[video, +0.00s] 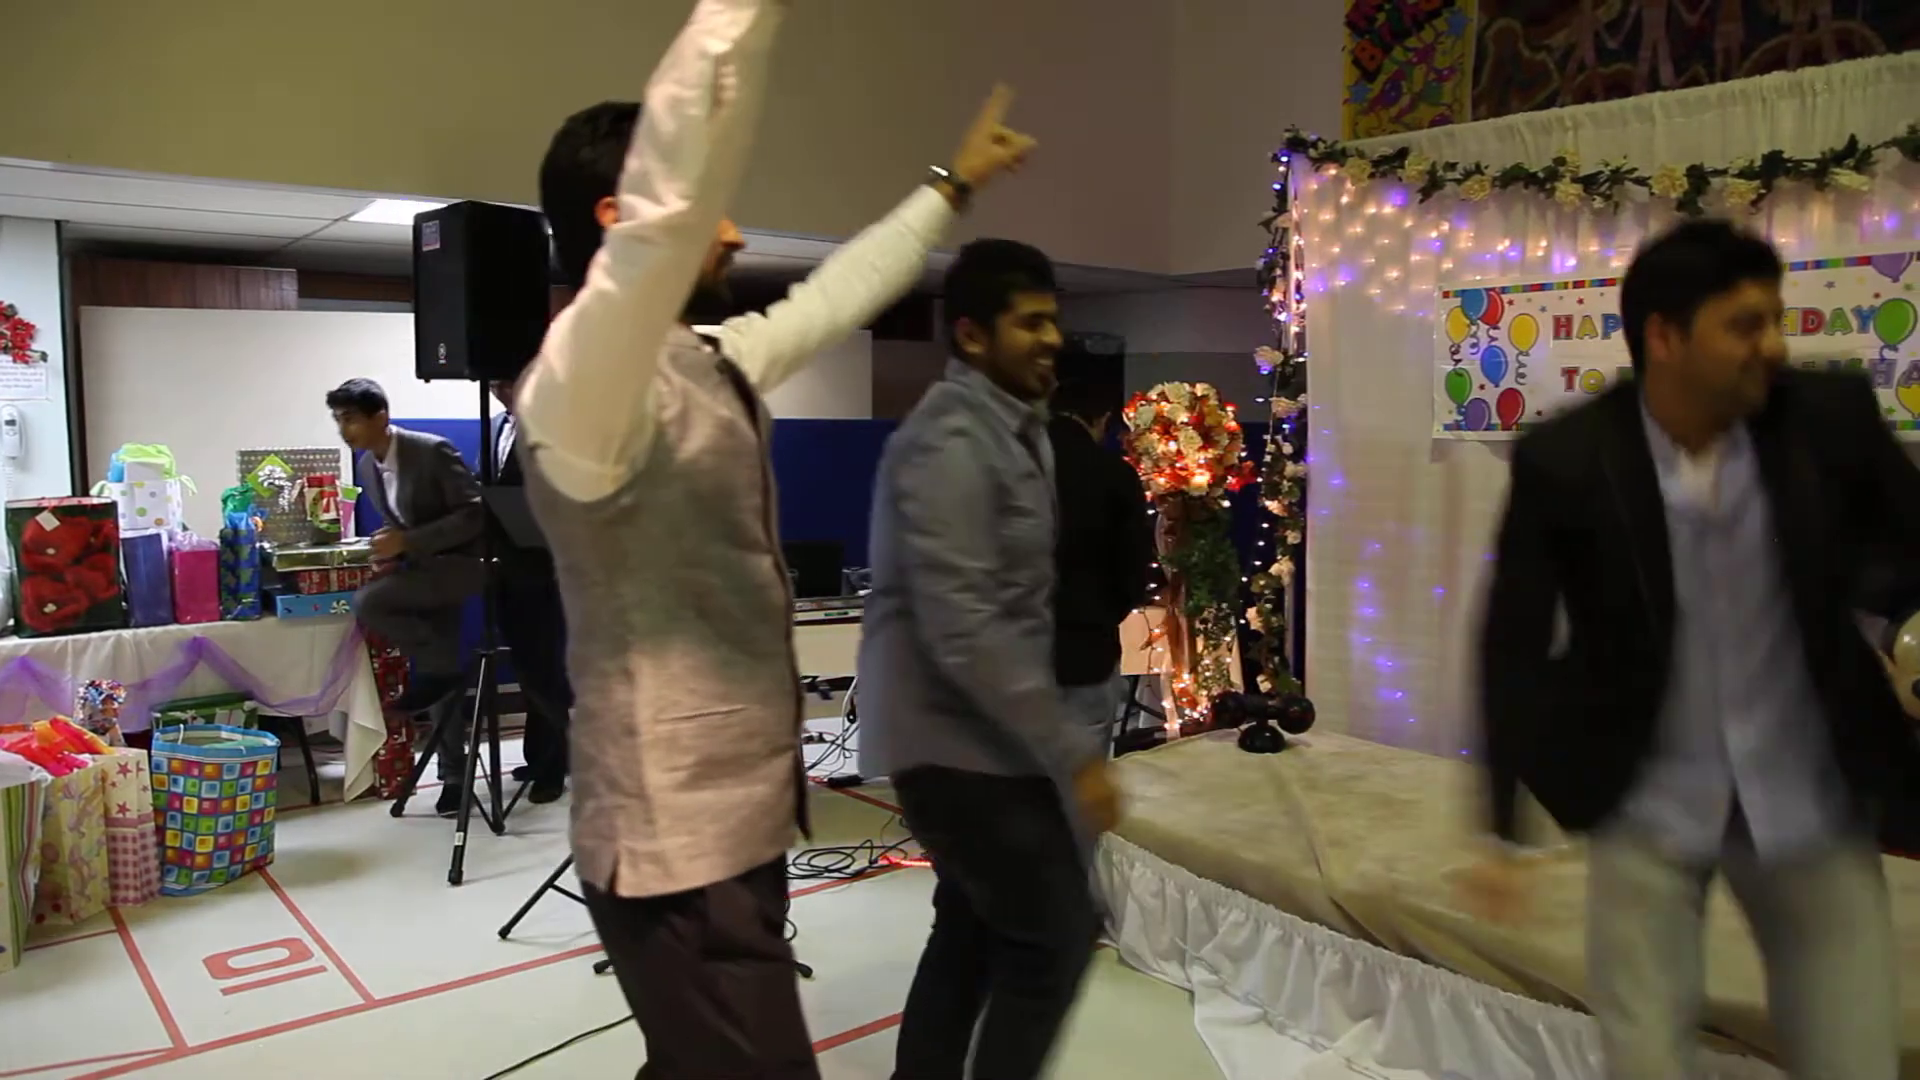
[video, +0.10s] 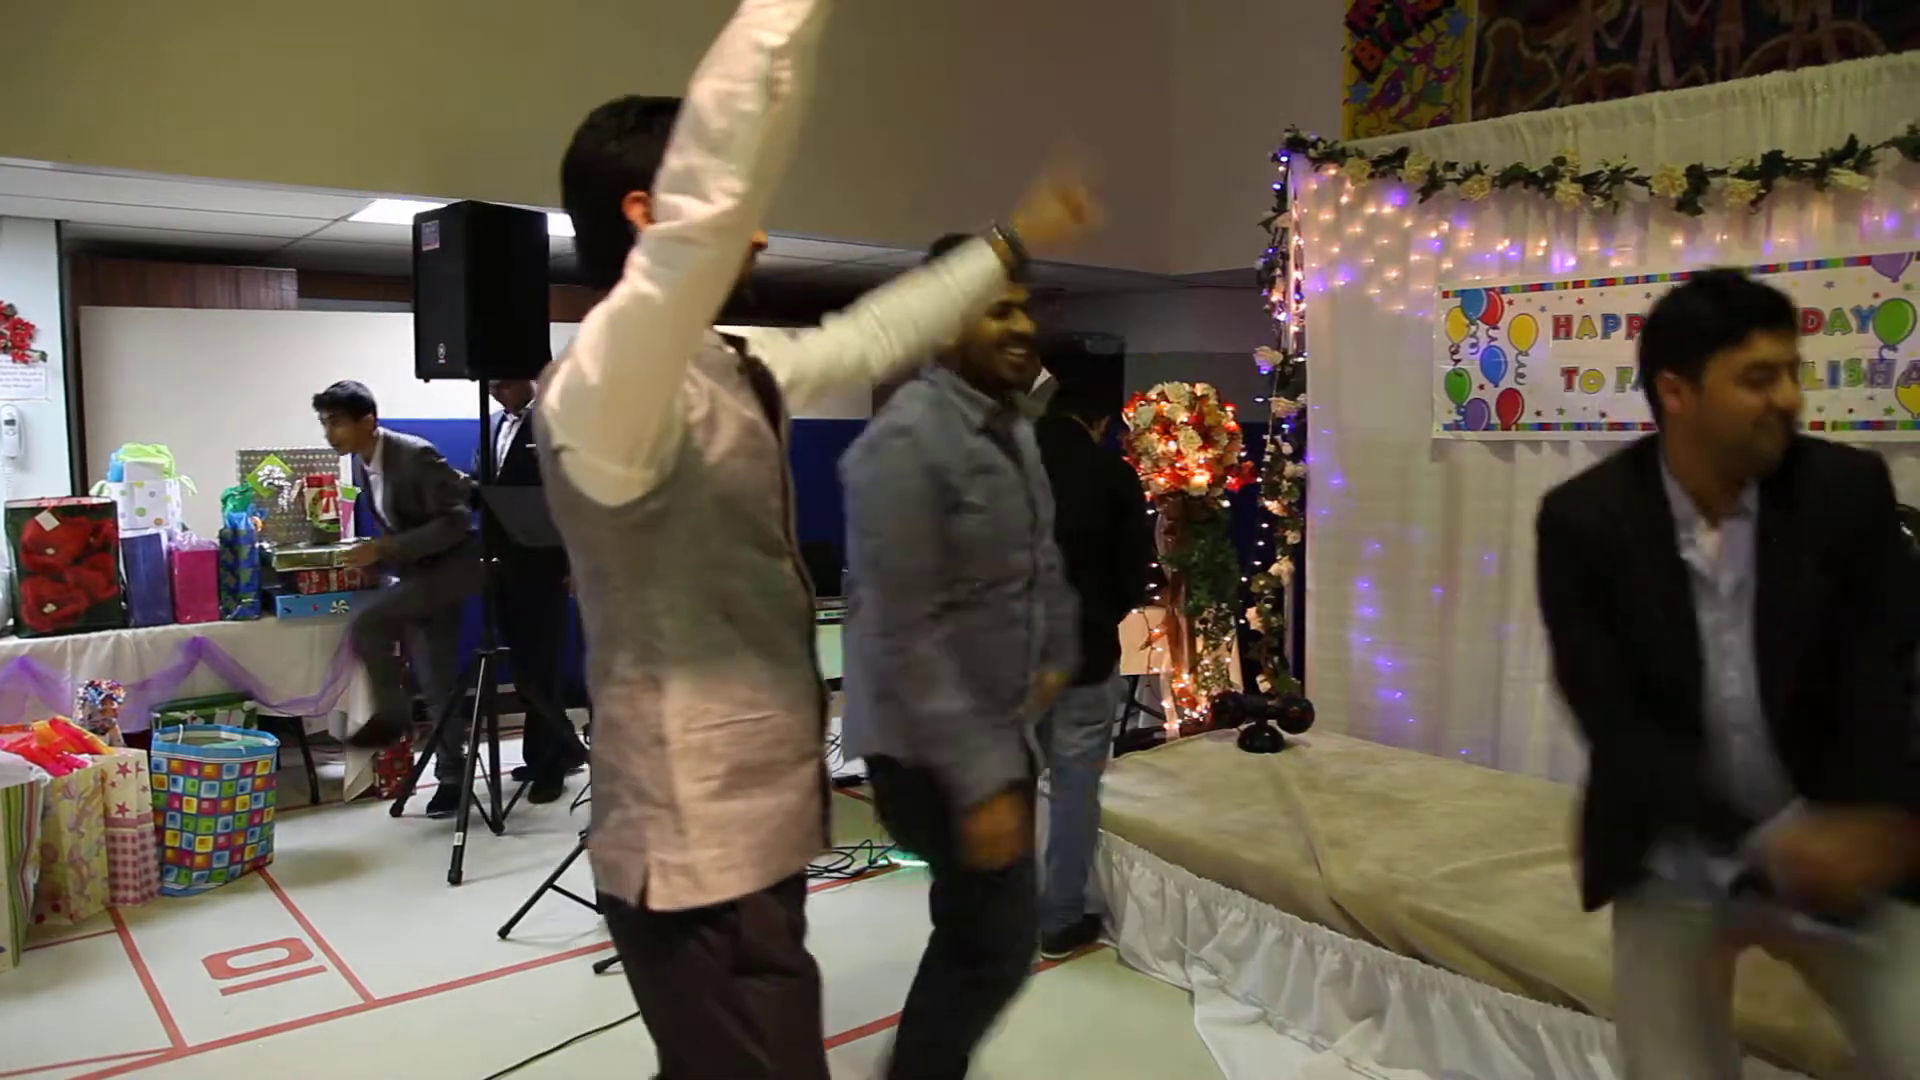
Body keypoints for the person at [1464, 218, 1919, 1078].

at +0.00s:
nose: (1773, 348)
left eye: (1776, 322)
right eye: (1746, 327)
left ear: (1784, 319)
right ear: (1663, 338)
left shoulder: (1830, 417)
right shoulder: (1565, 459)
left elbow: (1906, 559)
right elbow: (1510, 645)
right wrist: (1501, 828)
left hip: (1806, 790)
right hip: (1647, 800)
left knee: (1856, 1057)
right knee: (1644, 1058)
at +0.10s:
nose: (1789, 400)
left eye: (1793, 375)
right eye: (1759, 380)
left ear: (1799, 372)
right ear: (1674, 393)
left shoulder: (1848, 488)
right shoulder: (1583, 518)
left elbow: (1890, 674)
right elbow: (1613, 723)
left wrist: (1877, 817)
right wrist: (1769, 835)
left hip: (1836, 852)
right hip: (1673, 860)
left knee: (1908, 1054)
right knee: (1670, 1068)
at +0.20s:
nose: (1831, 382)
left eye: (1835, 357)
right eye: (1803, 362)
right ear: (1713, 366)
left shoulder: (1881, 461)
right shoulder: (1608, 484)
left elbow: (1876, 679)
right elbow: (1673, 690)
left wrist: (1674, 725)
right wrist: (1873, 685)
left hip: (1854, 819)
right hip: (1694, 838)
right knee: (1693, 1067)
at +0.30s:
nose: (1879, 337)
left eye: (1882, 311)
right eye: (1853, 314)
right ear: (1757, 315)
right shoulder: (1635, 416)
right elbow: (1668, 633)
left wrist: (1710, 689)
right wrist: (1877, 667)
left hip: (1876, 773)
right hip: (1717, 791)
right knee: (1731, 1064)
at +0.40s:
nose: (1907, 345)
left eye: (1909, 319)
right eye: (1885, 319)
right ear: (1791, 321)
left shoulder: (1890, 432)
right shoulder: (1664, 430)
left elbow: (1886, 622)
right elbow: (1666, 647)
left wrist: (1899, 762)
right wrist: (1778, 825)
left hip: (1857, 780)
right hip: (1725, 798)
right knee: (1752, 1059)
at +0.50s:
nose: (1917, 350)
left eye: (1917, 325)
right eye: (1900, 324)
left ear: (1818, 327)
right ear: (1808, 324)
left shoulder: (1897, 447)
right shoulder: (1667, 450)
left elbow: (1898, 637)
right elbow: (1607, 666)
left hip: (1872, 805)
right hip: (1736, 839)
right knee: (1756, 1068)